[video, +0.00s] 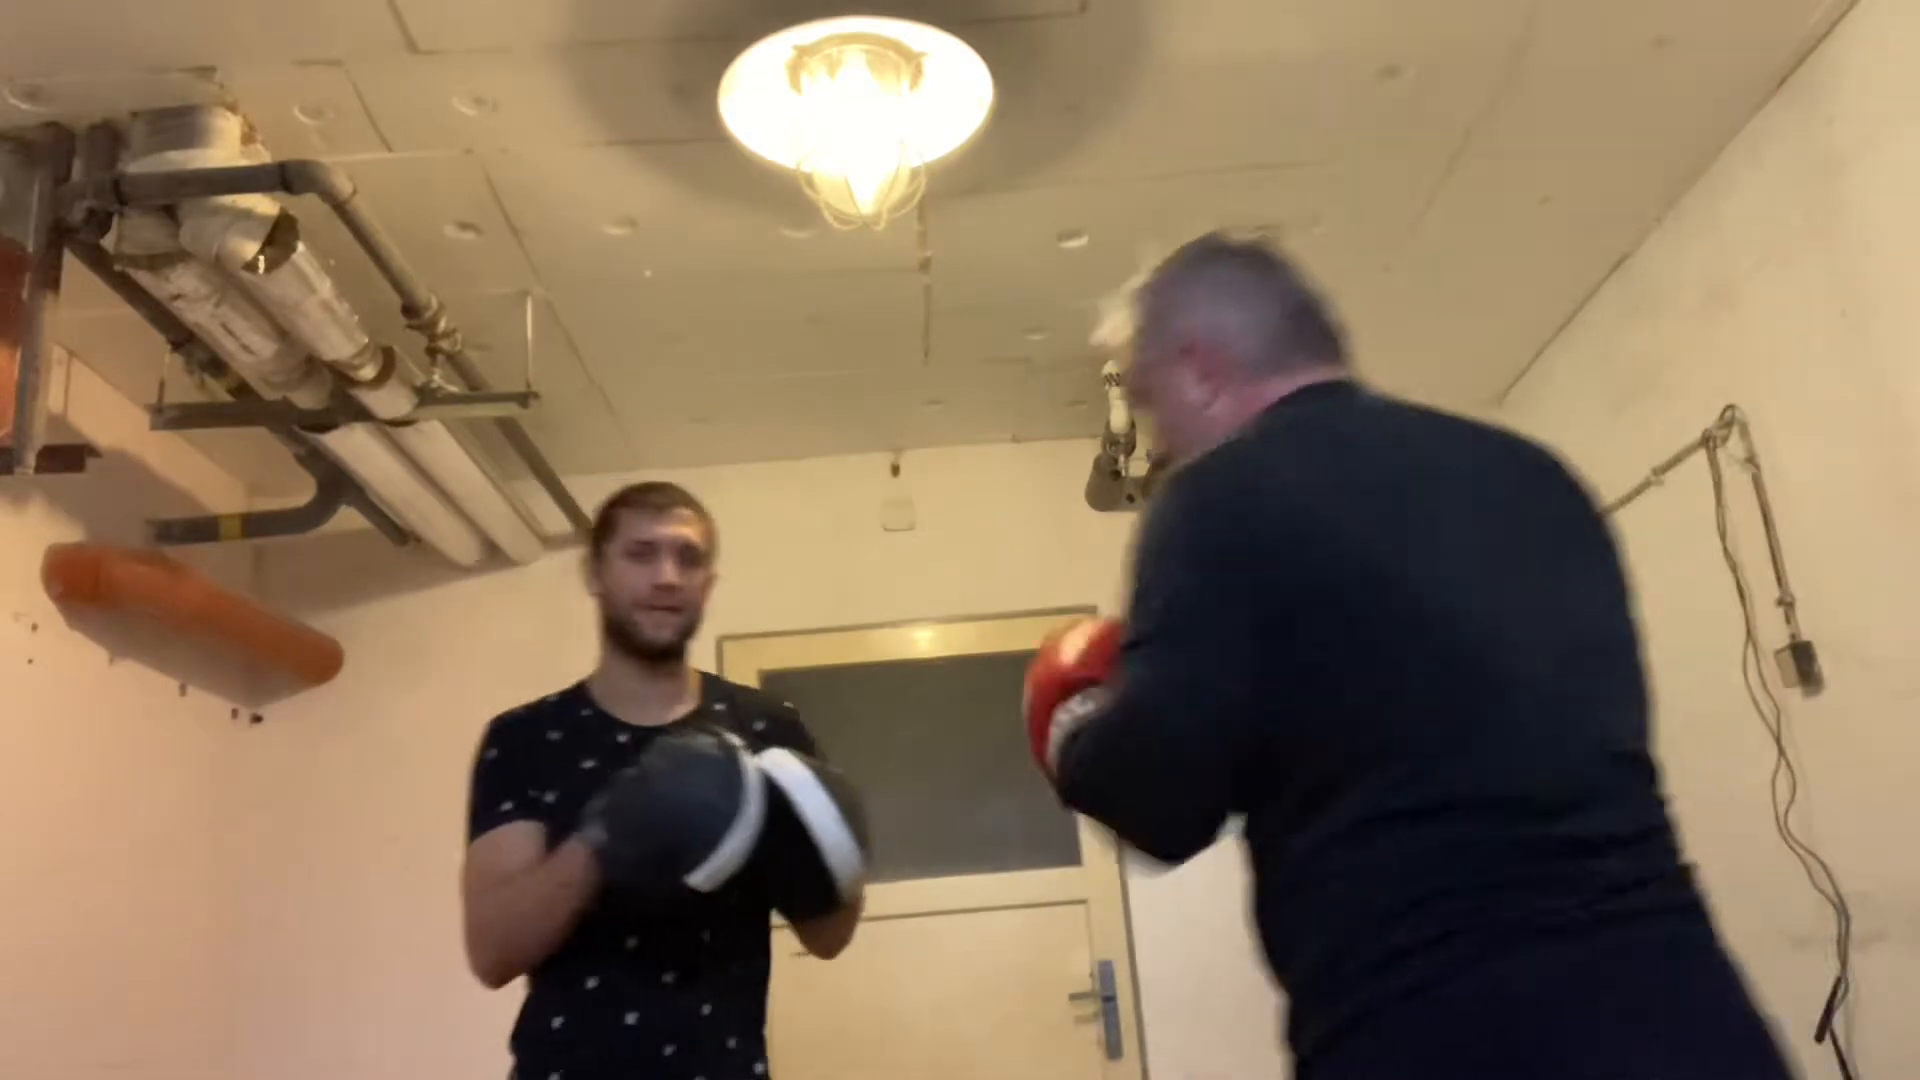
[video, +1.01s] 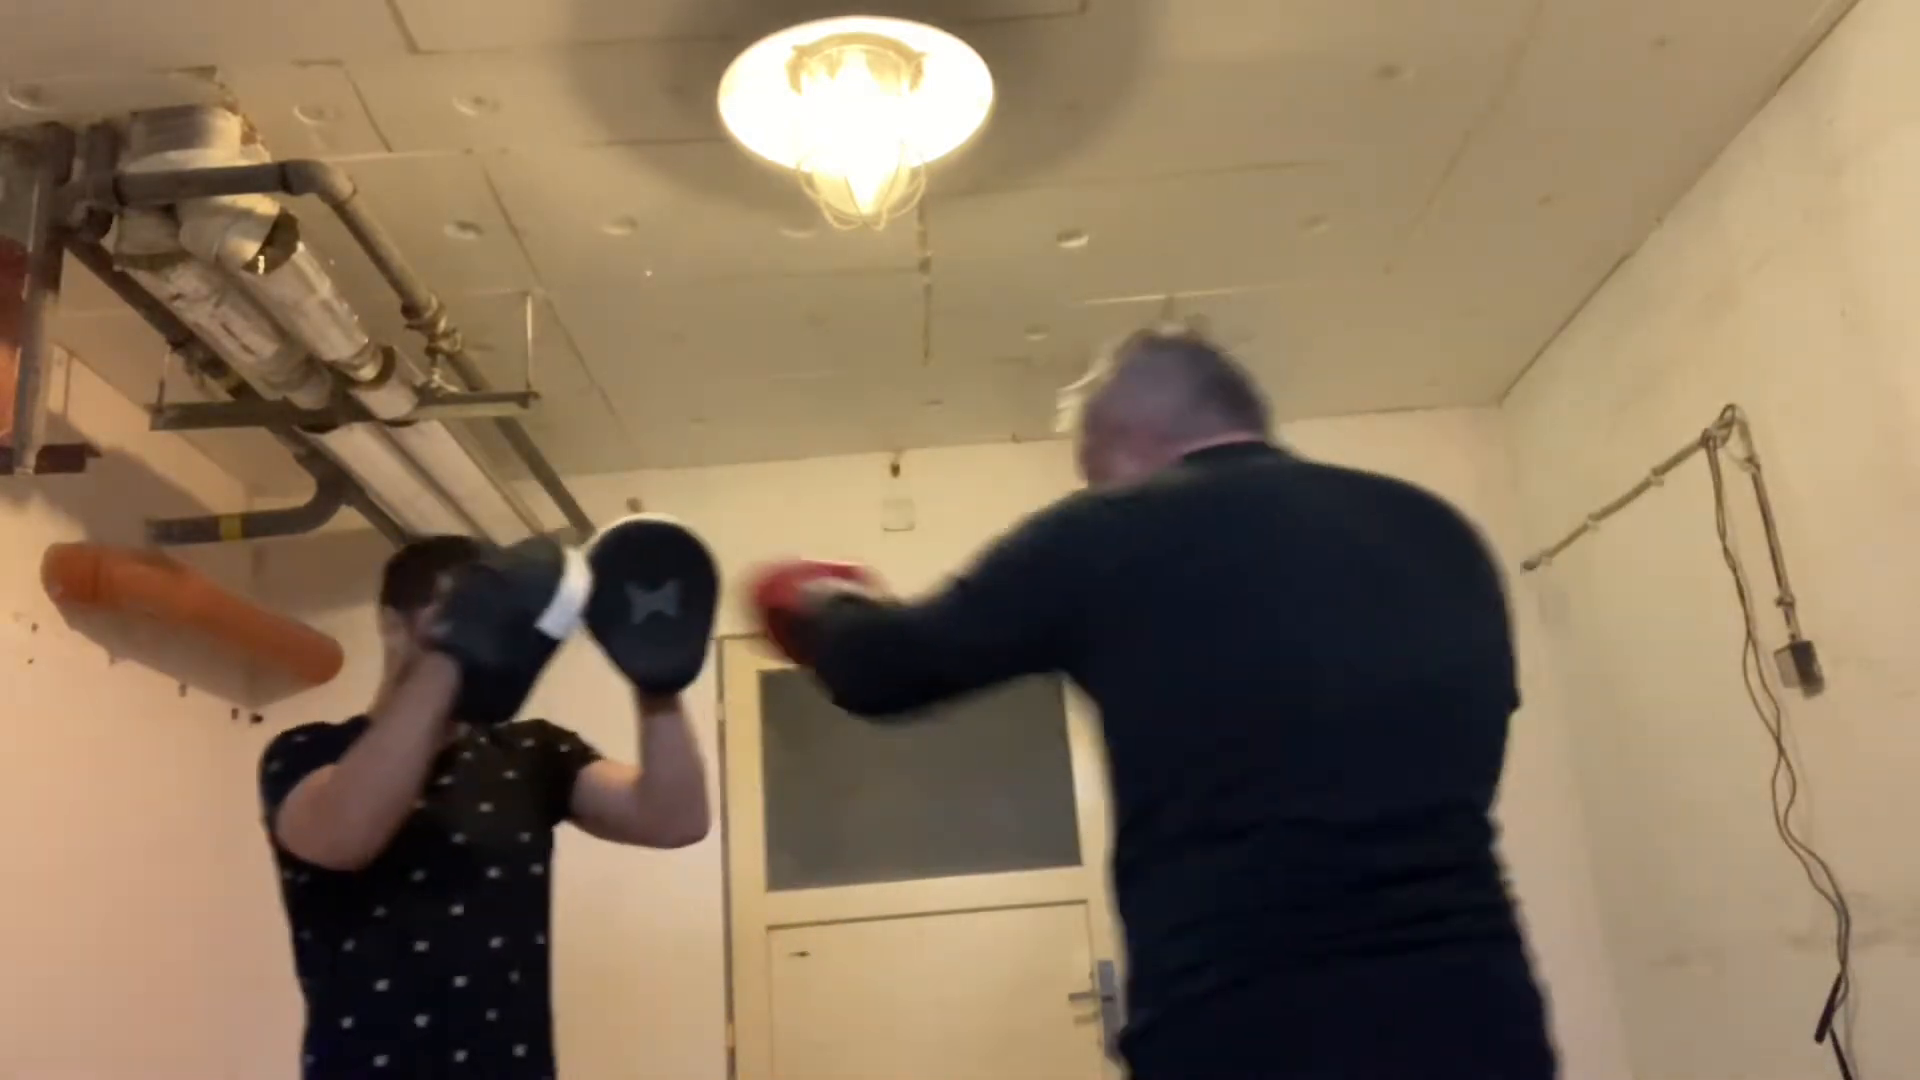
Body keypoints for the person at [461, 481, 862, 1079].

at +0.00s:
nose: (667, 578)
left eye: (688, 559)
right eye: (641, 555)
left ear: (710, 582)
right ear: (595, 574)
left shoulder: (767, 730)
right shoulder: (526, 743)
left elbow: (827, 936)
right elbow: (492, 950)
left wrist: (808, 838)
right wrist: (607, 836)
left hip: (723, 1061)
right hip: (574, 1062)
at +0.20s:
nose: (727, 593)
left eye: (747, 575)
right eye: (702, 567)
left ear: (761, 593)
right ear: (650, 577)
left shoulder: (795, 739)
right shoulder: (567, 727)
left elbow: (848, 947)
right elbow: (524, 926)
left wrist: (856, 849)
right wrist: (666, 819)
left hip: (733, 1060)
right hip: (589, 1058)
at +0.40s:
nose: (725, 605)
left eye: (744, 586)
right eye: (700, 578)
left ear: (757, 603)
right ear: (647, 587)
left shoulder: (768, 745)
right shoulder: (562, 726)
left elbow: (850, 941)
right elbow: (530, 910)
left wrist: (859, 826)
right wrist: (671, 786)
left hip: (720, 1060)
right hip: (580, 1058)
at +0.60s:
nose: (678, 624)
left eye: (691, 604)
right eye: (654, 599)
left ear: (704, 611)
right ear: (590, 602)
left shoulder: (704, 744)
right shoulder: (506, 735)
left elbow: (826, 895)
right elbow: (502, 885)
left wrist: (822, 760)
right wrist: (619, 733)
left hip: (679, 1060)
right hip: (539, 1060)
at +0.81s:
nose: (544, 635)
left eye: (559, 618)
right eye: (528, 616)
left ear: (583, 628)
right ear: (479, 625)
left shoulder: (605, 760)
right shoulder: (393, 754)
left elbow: (750, 827)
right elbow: (430, 835)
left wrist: (736, 690)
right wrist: (537, 657)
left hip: (584, 1061)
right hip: (444, 1063)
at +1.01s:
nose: (473, 630)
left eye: (485, 612)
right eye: (455, 608)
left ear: (505, 623)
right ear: (395, 622)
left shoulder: (529, 755)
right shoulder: (308, 755)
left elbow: (675, 819)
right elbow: (342, 835)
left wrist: (659, 682)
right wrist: (444, 657)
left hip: (511, 1062)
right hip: (365, 1064)